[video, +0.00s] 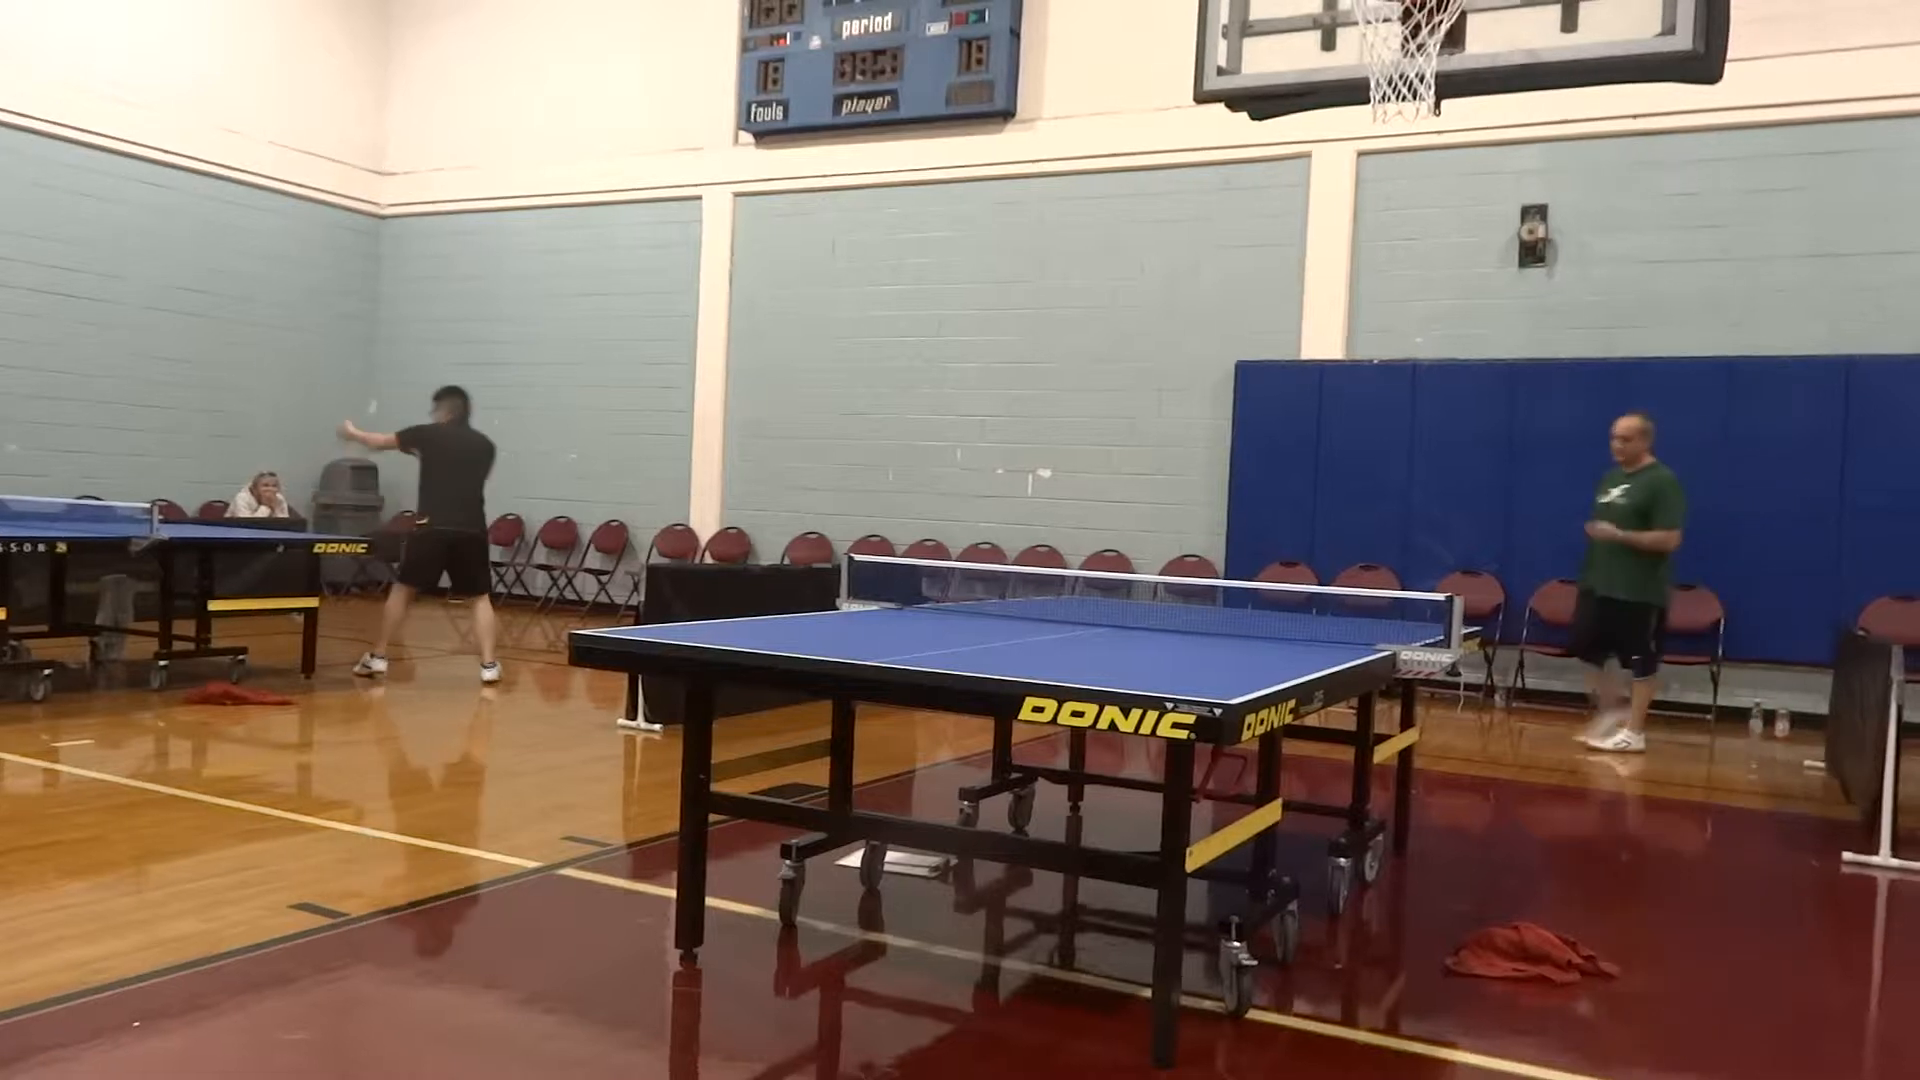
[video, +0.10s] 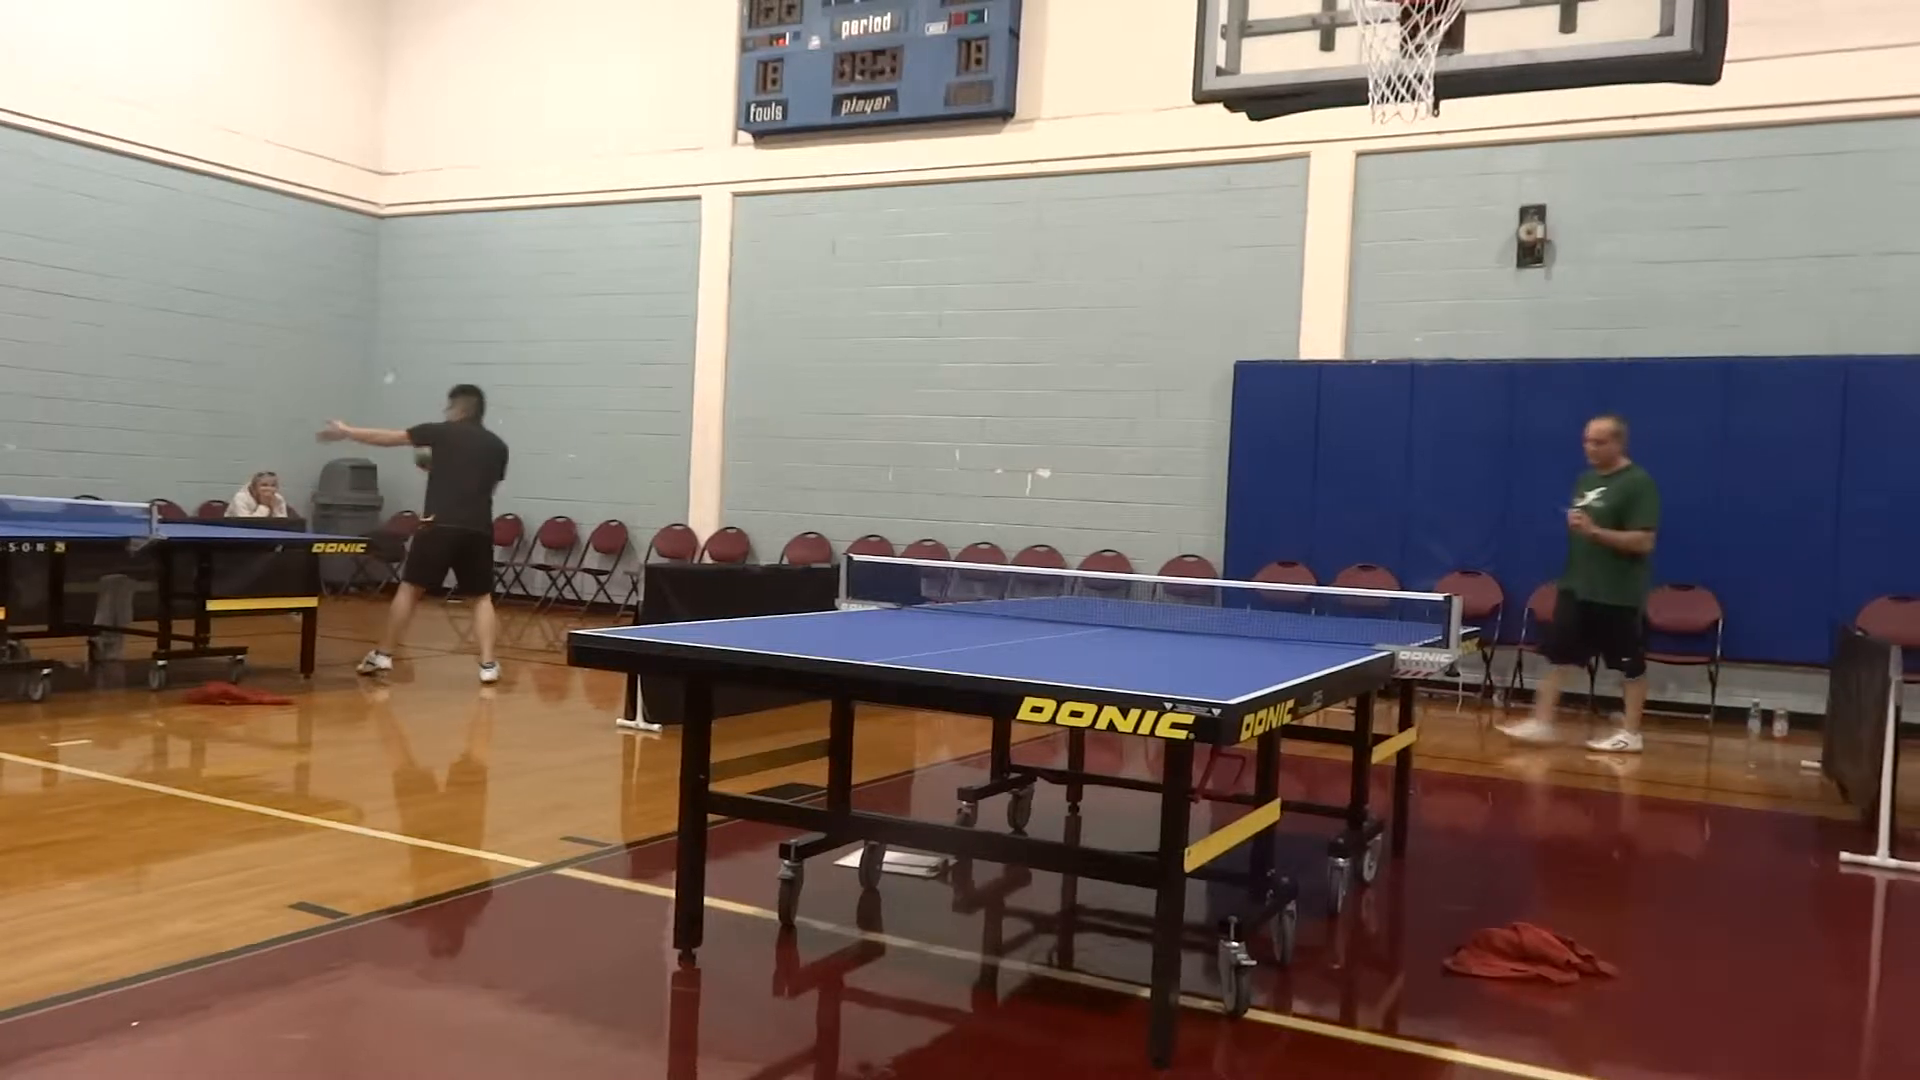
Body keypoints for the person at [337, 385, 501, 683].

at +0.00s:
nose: (433, 415)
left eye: (436, 410)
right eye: (434, 410)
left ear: (444, 411)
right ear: (465, 412)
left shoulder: (429, 434)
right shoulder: (485, 445)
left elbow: (380, 442)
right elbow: (471, 474)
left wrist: (353, 432)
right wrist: (422, 449)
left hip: (431, 531)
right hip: (472, 534)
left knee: (403, 589)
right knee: (481, 597)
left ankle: (378, 656)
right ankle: (489, 665)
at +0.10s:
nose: (447, 411)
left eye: (450, 407)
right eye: (449, 406)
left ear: (460, 408)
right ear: (479, 410)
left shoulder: (442, 432)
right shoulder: (497, 445)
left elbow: (391, 438)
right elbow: (488, 487)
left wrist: (347, 432)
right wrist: (437, 467)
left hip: (438, 529)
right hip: (478, 534)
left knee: (409, 590)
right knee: (482, 597)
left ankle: (383, 655)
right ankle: (488, 665)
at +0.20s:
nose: (453, 411)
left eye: (456, 405)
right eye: (455, 405)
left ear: (464, 407)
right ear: (486, 410)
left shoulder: (446, 432)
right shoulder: (503, 447)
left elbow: (390, 442)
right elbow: (508, 494)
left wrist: (346, 439)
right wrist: (478, 487)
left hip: (441, 529)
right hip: (480, 534)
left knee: (415, 589)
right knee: (484, 598)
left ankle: (396, 659)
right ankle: (487, 666)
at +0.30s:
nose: (452, 410)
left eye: (455, 405)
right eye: (454, 405)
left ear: (463, 408)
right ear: (486, 411)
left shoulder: (447, 433)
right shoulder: (506, 447)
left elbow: (395, 451)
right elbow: (524, 491)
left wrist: (350, 457)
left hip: (442, 530)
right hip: (483, 534)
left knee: (418, 590)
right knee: (485, 598)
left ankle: (413, 657)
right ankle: (486, 665)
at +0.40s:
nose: (446, 413)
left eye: (448, 409)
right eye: (448, 408)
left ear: (455, 410)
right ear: (479, 411)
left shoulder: (442, 436)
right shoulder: (500, 443)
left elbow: (399, 463)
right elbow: (532, 478)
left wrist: (367, 483)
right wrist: (553, 501)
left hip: (444, 531)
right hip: (483, 536)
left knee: (419, 589)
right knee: (485, 601)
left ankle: (433, 643)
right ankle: (484, 664)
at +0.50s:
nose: (431, 420)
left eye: (432, 415)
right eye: (431, 415)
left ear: (439, 414)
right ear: (464, 412)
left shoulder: (433, 441)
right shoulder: (491, 440)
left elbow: (411, 477)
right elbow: (531, 465)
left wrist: (393, 508)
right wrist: (549, 475)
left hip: (444, 534)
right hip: (484, 535)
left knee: (415, 590)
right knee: (486, 602)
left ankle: (446, 634)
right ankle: (484, 665)